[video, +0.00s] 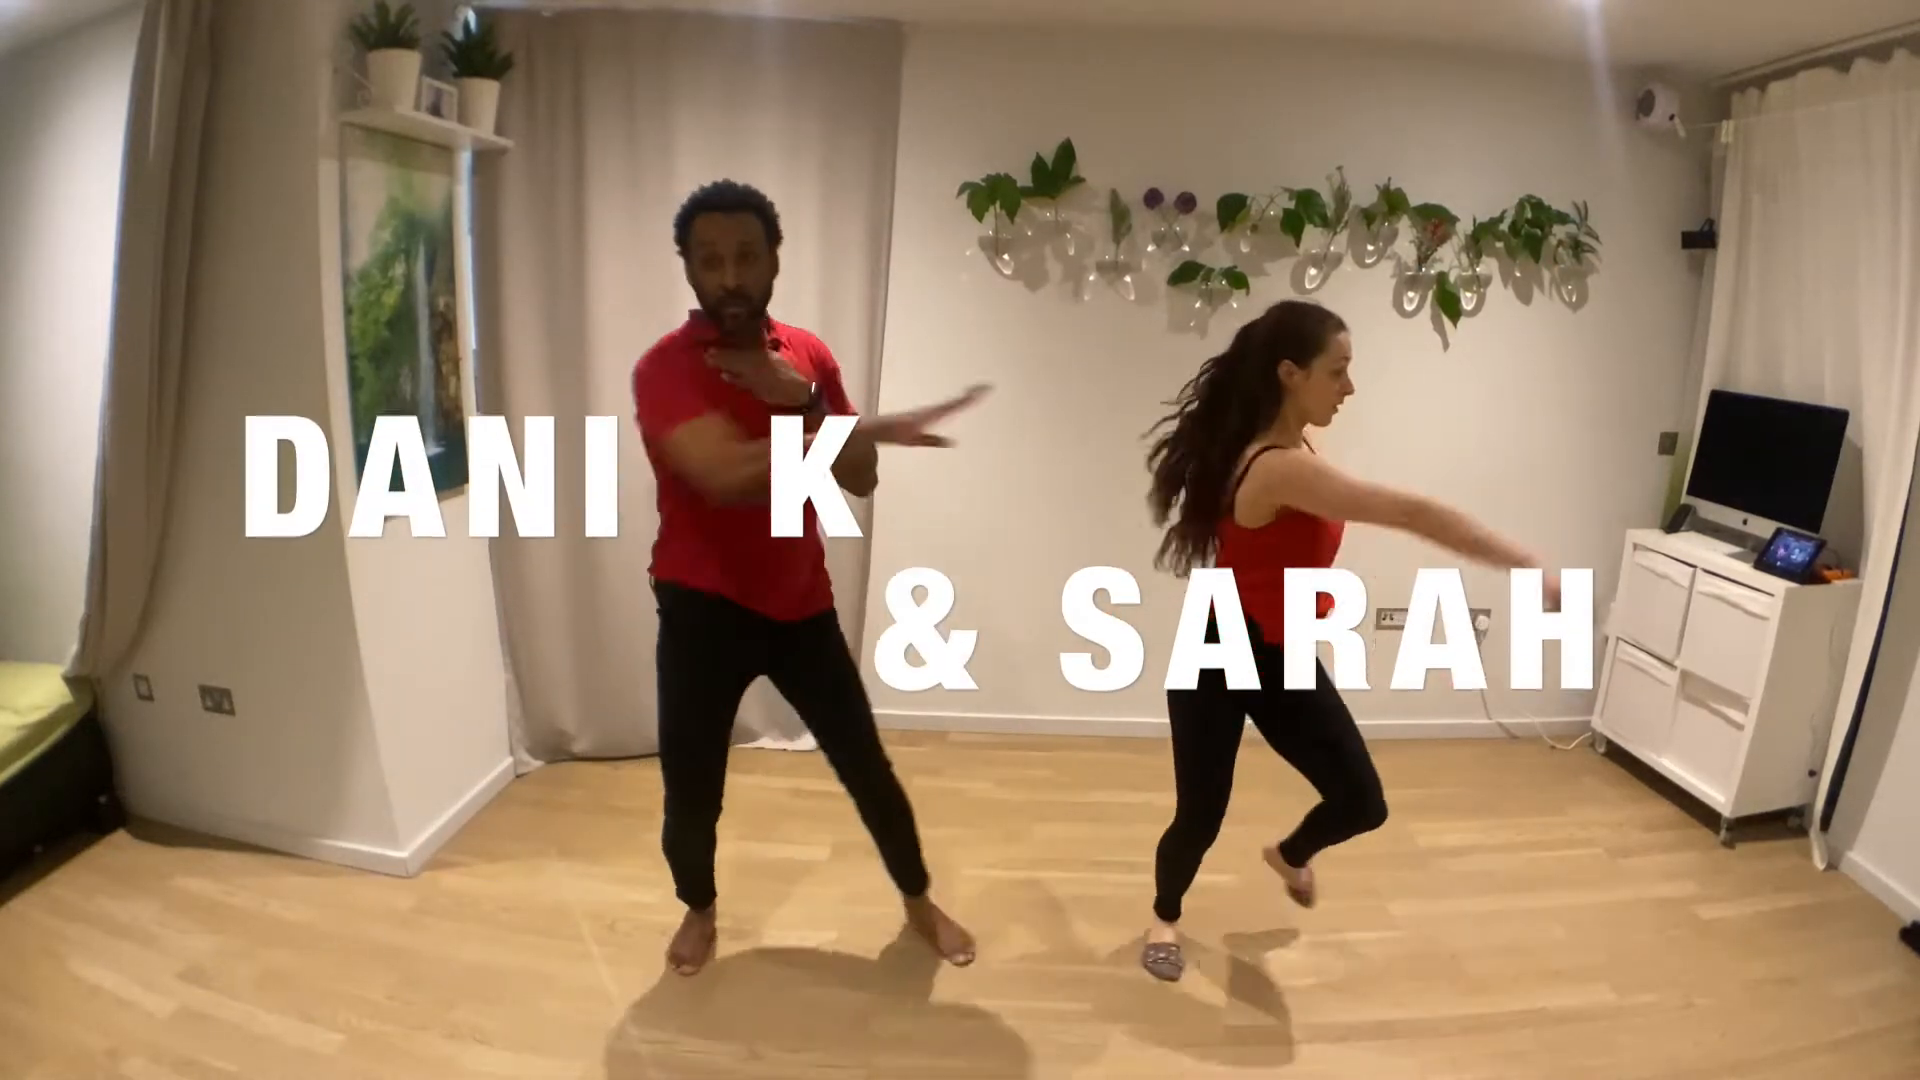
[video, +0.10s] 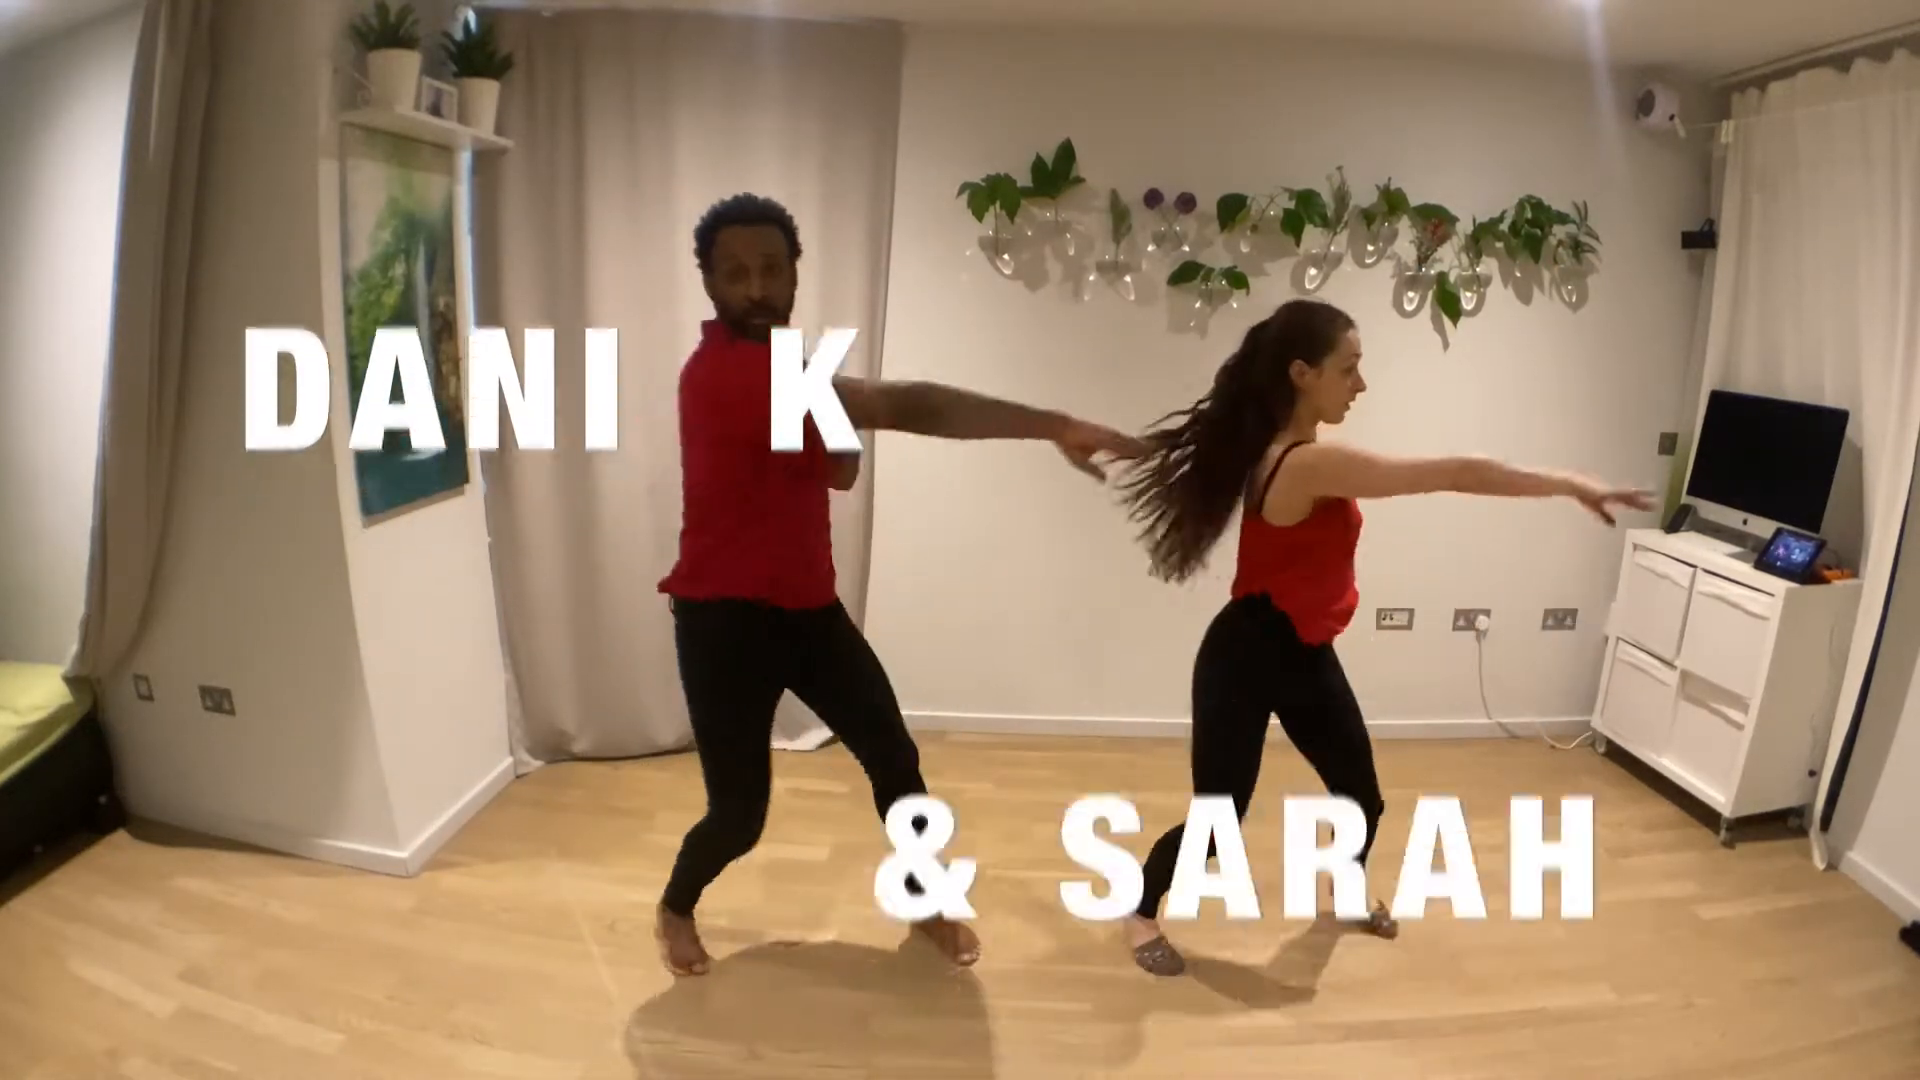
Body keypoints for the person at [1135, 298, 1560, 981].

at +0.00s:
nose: (1348, 387)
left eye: (1348, 371)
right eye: (1338, 371)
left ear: (1293, 375)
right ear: (1289, 375)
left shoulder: (1297, 446)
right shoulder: (1273, 465)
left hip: (1282, 662)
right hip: (1213, 664)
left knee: (1361, 806)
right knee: (1199, 813)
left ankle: (1288, 855)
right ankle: (1163, 921)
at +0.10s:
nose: (1362, 380)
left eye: (1359, 364)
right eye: (1349, 366)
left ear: (1302, 373)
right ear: (1301, 374)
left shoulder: (1276, 448)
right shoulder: (1307, 462)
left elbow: (1185, 461)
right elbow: (1453, 474)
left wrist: (1112, 444)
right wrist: (1571, 484)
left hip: (1304, 657)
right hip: (1247, 655)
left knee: (1360, 798)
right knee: (1219, 812)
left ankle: (1344, 894)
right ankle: (1138, 910)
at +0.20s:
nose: (1359, 391)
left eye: (1361, 376)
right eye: (1342, 378)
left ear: (1356, 380)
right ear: (1296, 390)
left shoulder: (1319, 465)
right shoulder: (1303, 481)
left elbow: (1332, 525)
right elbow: (1440, 486)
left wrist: (1375, 550)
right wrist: (1528, 463)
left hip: (1324, 662)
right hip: (1270, 665)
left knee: (1366, 790)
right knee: (1247, 841)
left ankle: (1341, 891)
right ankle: (1134, 914)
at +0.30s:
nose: (1338, 394)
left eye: (1350, 380)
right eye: (1319, 380)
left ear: (1365, 390)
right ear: (1289, 391)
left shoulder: (1352, 469)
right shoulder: (1280, 470)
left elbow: (1390, 544)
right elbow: (1414, 506)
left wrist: (1421, 567)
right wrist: (1439, 464)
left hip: (1341, 657)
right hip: (1275, 657)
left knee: (1381, 790)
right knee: (1250, 837)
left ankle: (1344, 891)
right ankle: (1138, 914)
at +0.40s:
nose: (1339, 385)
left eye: (1353, 372)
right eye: (1323, 371)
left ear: (1369, 384)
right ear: (1296, 381)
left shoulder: (1378, 470)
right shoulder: (1253, 445)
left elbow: (1463, 531)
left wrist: (1481, 580)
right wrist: (1356, 471)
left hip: (1339, 652)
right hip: (1262, 649)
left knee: (1382, 795)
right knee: (1214, 813)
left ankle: (1355, 883)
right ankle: (1136, 914)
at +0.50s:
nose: (1340, 387)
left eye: (1355, 373)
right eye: (1325, 371)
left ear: (1370, 384)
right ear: (1296, 380)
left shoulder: (1383, 476)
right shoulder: (1261, 451)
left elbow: (1484, 533)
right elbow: (1160, 432)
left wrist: (1574, 591)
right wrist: (1255, 447)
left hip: (1319, 657)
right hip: (1239, 650)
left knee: (1365, 806)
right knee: (1198, 803)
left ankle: (1365, 884)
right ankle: (1141, 918)